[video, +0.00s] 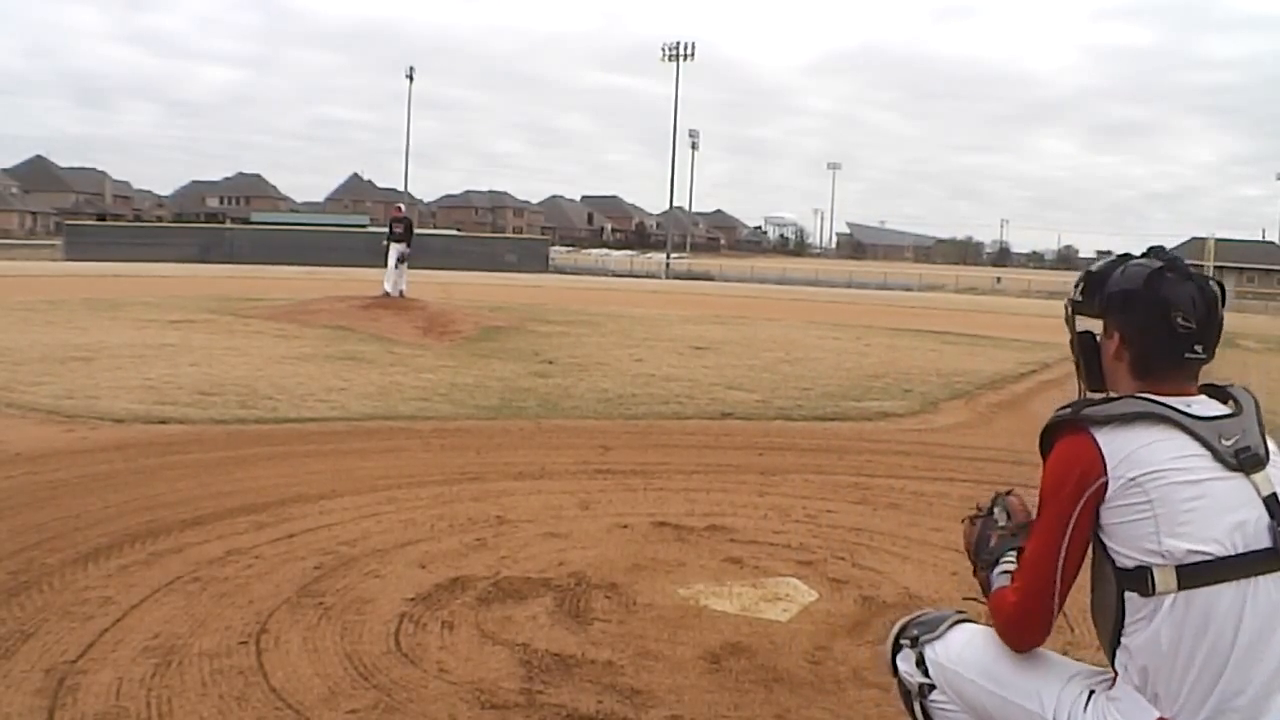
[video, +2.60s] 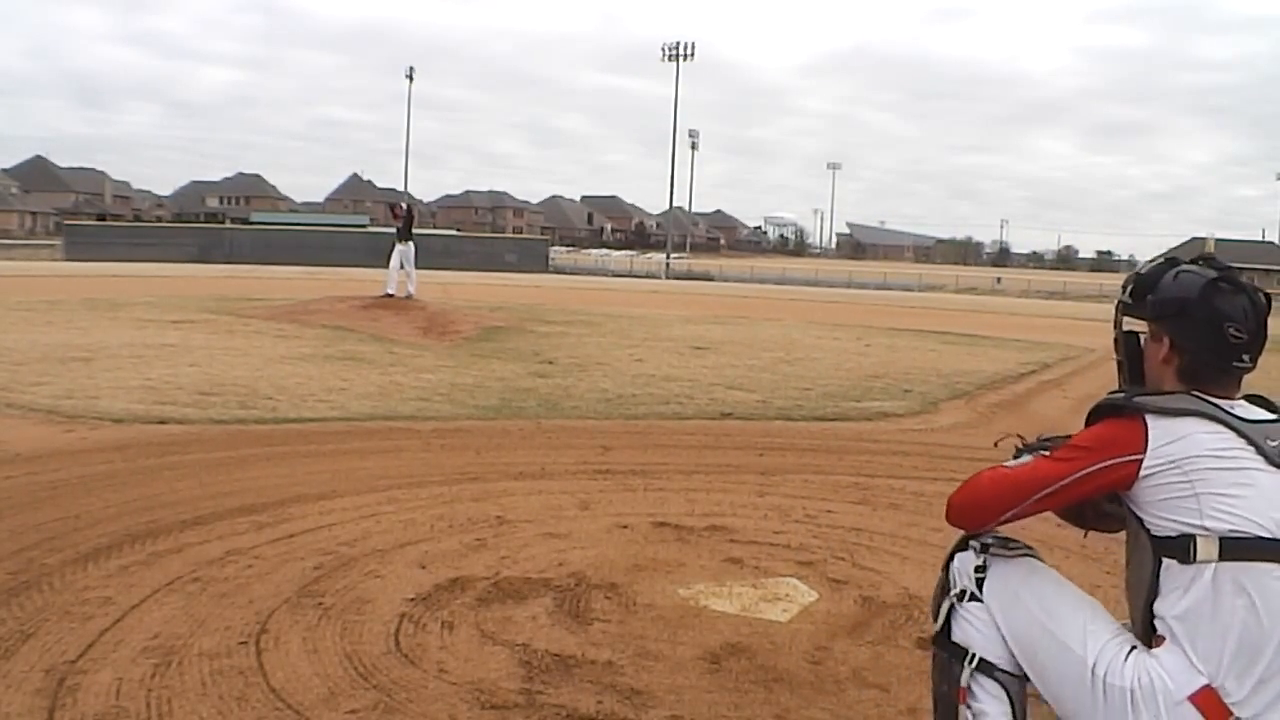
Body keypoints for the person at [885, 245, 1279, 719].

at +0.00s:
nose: (1093, 344)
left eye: (1098, 330)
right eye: (1097, 329)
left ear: (1115, 343)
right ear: (1198, 345)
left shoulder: (1094, 441)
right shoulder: (1248, 423)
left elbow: (1022, 630)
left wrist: (999, 561)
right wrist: (1049, 529)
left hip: (1161, 711)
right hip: (1265, 705)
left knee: (926, 647)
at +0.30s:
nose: (1102, 345)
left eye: (1106, 332)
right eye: (1105, 331)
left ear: (1122, 347)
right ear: (1209, 349)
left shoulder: (1106, 444)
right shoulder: (1254, 417)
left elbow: (1036, 635)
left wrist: (1026, 571)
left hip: (1174, 712)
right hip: (1263, 704)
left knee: (941, 641)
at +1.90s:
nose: (1114, 361)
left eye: (1120, 348)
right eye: (1117, 347)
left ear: (1138, 364)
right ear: (1217, 369)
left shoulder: (1109, 458)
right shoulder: (1260, 436)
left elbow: (1039, 651)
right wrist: (1112, 591)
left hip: (1168, 716)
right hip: (1262, 709)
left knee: (945, 641)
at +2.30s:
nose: (1136, 356)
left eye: (1144, 344)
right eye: (1140, 343)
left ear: (1162, 358)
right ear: (1240, 368)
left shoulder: (1140, 448)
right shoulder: (1270, 438)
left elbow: (1016, 611)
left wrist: (1051, 525)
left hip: (1179, 711)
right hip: (1265, 707)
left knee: (955, 639)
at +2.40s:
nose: (1141, 353)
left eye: (1150, 341)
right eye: (1147, 340)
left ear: (1168, 353)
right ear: (1245, 366)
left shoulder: (1148, 444)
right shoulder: (1271, 435)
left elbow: (992, 568)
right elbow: (1151, 541)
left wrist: (1046, 504)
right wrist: (1060, 511)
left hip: (1179, 711)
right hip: (1265, 707)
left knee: (963, 627)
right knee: (1142, 640)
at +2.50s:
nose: (1147, 351)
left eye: (1154, 339)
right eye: (1151, 338)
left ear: (1171, 352)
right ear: (1246, 360)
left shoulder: (1149, 437)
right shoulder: (1272, 429)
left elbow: (977, 529)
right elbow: (1123, 527)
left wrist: (1047, 480)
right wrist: (1059, 485)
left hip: (1180, 708)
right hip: (1268, 703)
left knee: (974, 590)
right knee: (1133, 640)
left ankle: (1018, 709)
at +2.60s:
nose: (1140, 347)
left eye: (1148, 335)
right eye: (1145, 334)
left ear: (1164, 348)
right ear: (1238, 356)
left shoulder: (1146, 432)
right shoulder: (1269, 425)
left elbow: (964, 508)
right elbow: (1111, 513)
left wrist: (1034, 462)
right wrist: (1060, 475)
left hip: (1187, 706)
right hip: (1269, 704)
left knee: (978, 566)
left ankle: (984, 710)